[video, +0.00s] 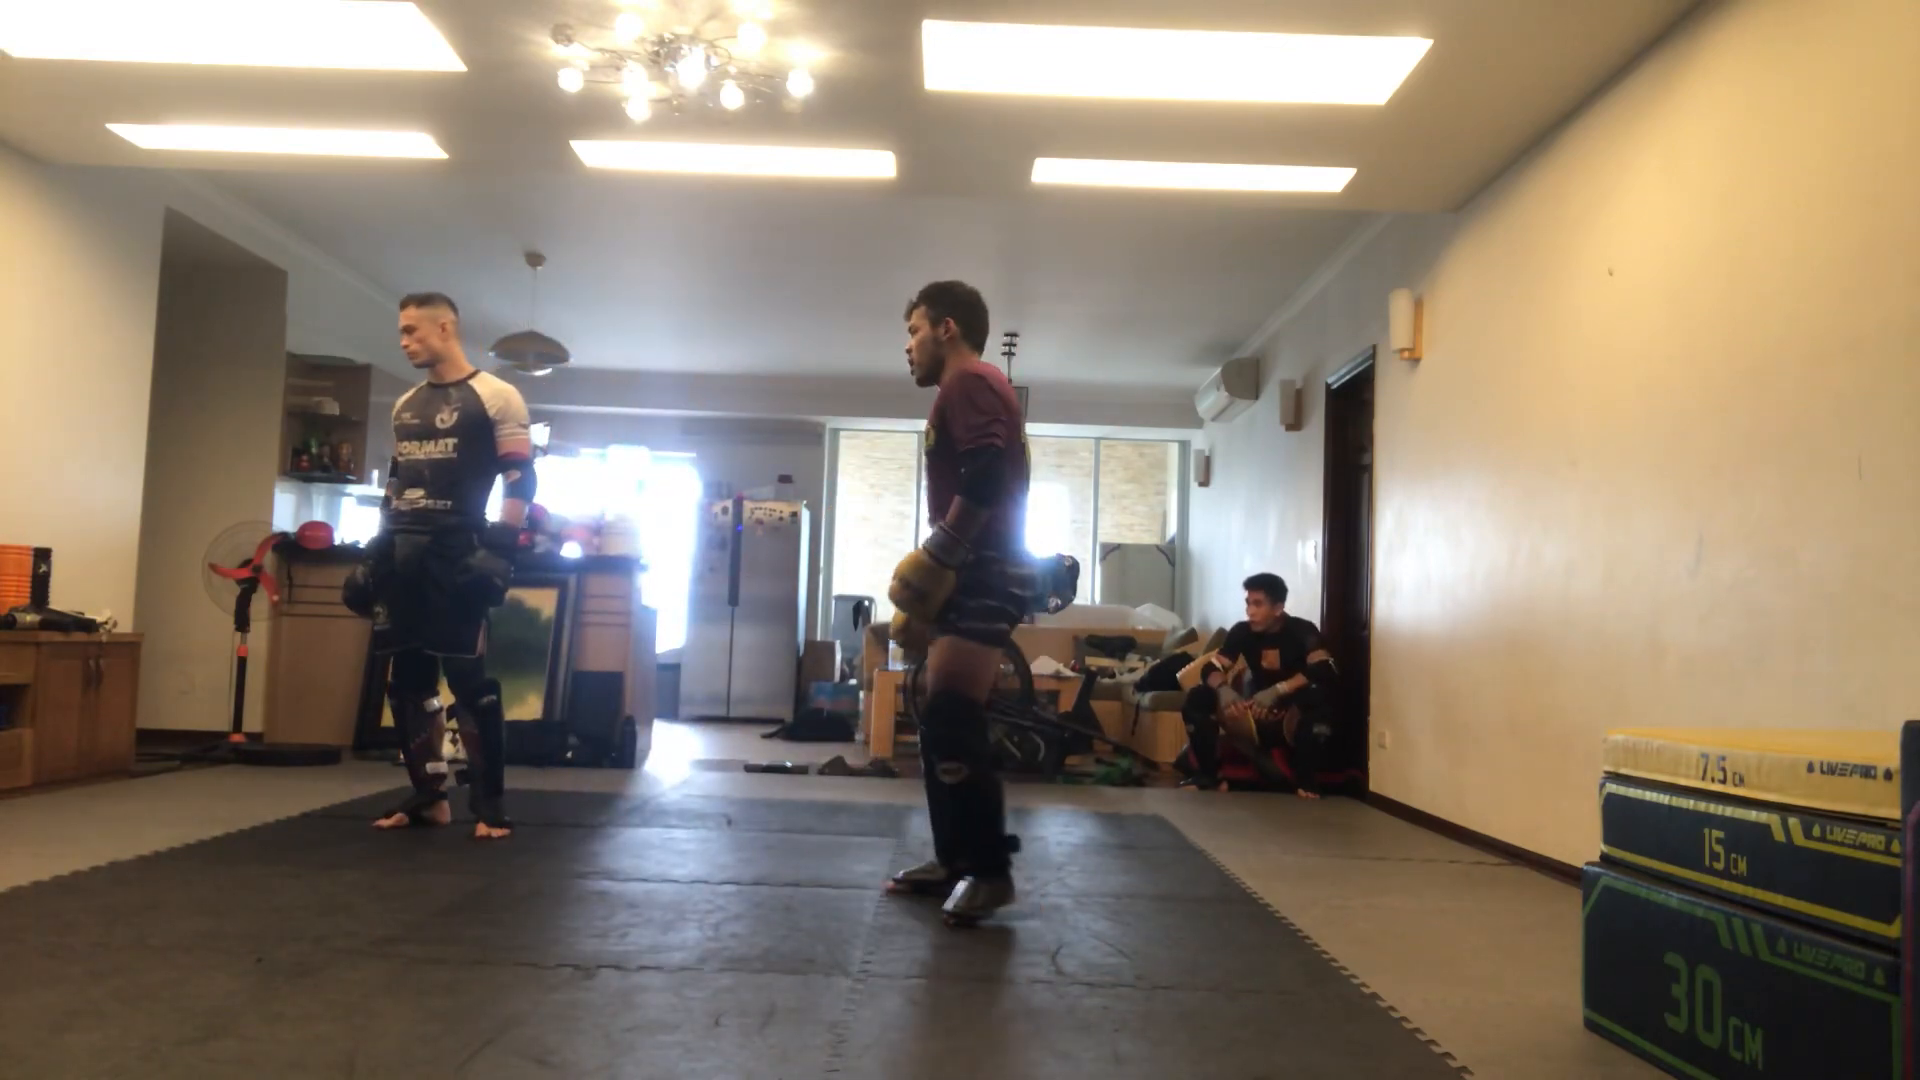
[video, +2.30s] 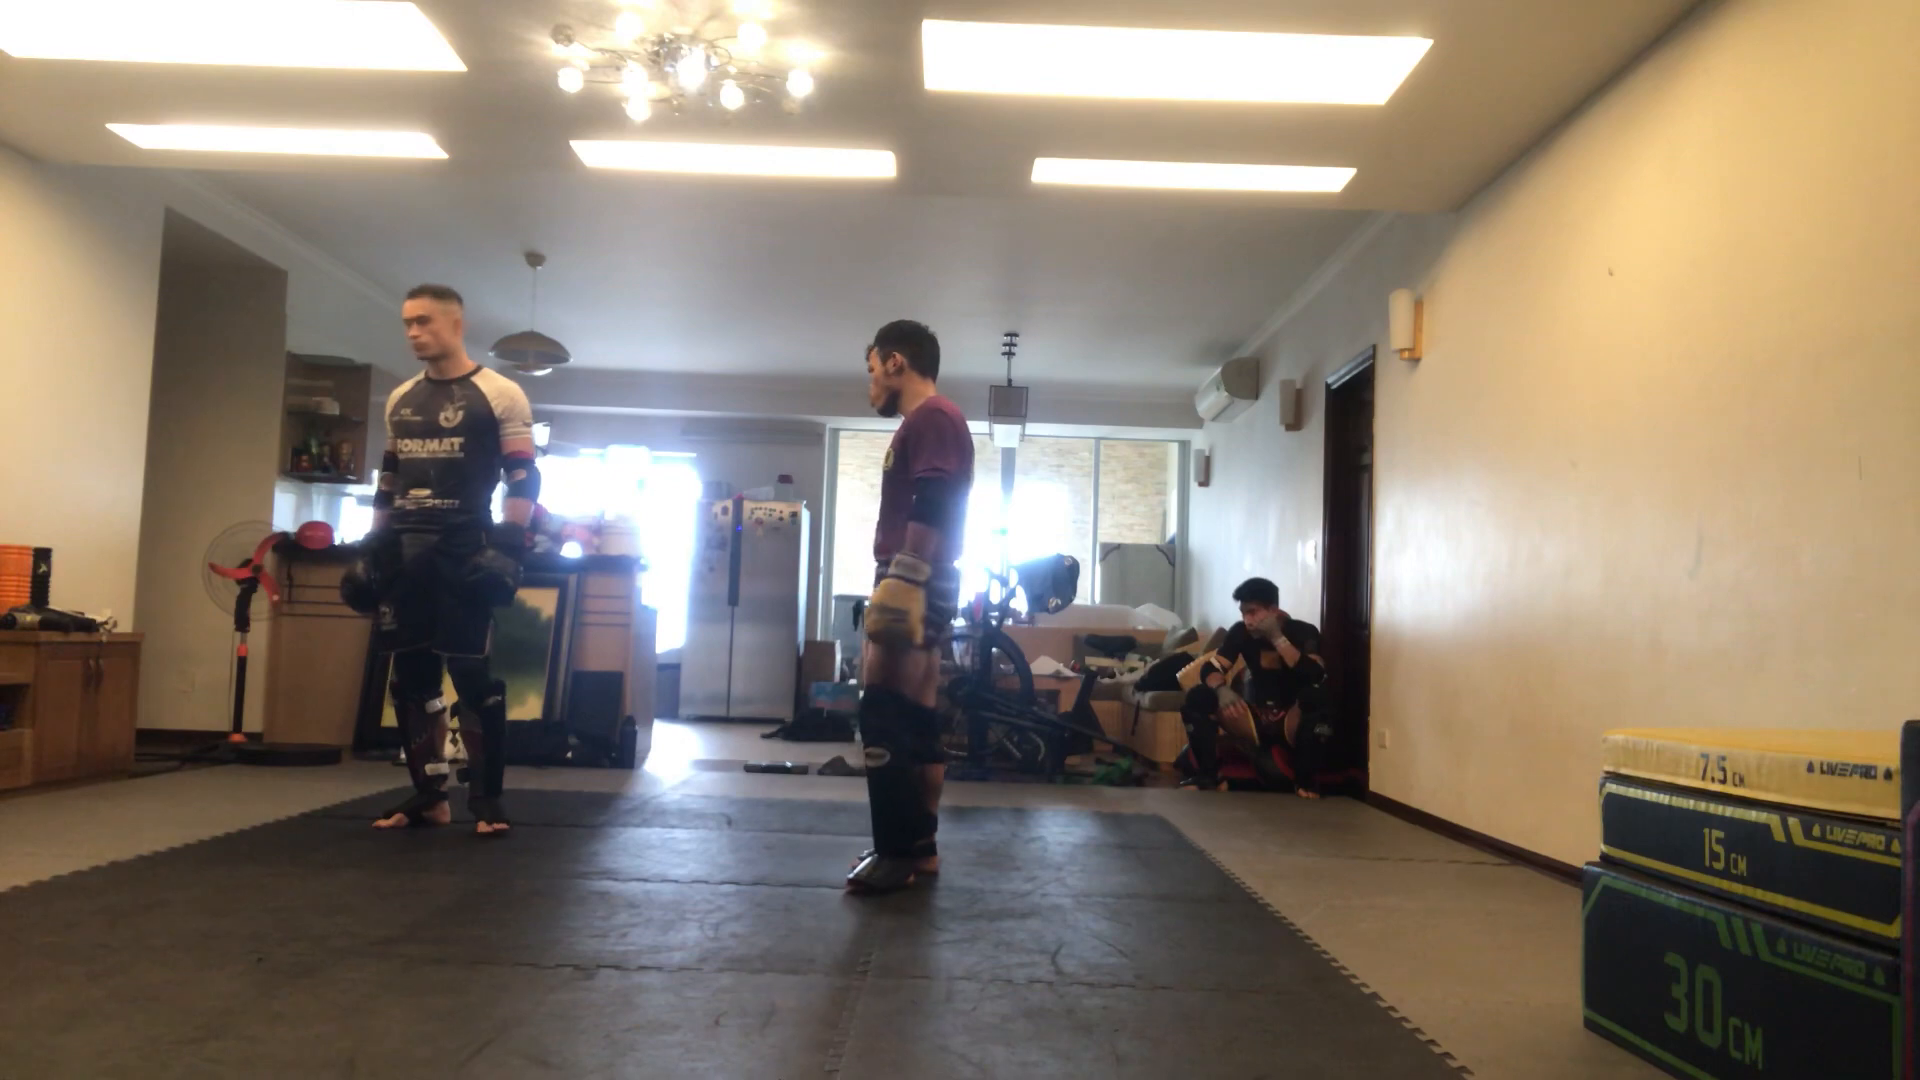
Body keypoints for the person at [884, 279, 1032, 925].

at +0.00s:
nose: (906, 344)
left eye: (913, 330)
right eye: (906, 332)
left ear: (948, 329)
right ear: (956, 332)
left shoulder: (969, 381)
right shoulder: (974, 385)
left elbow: (987, 481)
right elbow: (987, 491)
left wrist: (934, 559)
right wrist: (935, 573)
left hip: (985, 568)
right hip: (973, 568)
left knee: (952, 707)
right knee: (940, 707)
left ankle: (989, 872)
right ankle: (953, 860)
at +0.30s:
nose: (901, 346)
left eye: (908, 332)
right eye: (902, 334)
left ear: (941, 334)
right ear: (950, 337)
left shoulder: (956, 383)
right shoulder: (978, 388)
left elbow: (957, 482)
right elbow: (977, 493)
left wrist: (905, 566)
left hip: (969, 575)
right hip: (986, 574)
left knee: (918, 723)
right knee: (958, 730)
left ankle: (897, 865)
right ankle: (958, 868)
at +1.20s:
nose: (850, 352)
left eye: (855, 338)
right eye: (851, 338)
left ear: (881, 341)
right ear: (904, 343)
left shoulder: (910, 414)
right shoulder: (927, 408)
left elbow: (885, 531)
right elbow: (901, 526)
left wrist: (841, 609)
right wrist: (854, 601)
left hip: (900, 591)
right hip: (913, 588)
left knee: (876, 726)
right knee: (872, 716)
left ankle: (877, 870)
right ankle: (924, 823)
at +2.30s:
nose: (868, 379)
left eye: (871, 367)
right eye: (868, 368)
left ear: (895, 362)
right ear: (913, 364)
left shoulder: (932, 419)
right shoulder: (933, 420)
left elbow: (928, 511)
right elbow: (926, 514)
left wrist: (900, 587)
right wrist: (899, 588)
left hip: (909, 590)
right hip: (926, 591)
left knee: (883, 720)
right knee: (919, 724)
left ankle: (897, 852)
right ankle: (918, 846)